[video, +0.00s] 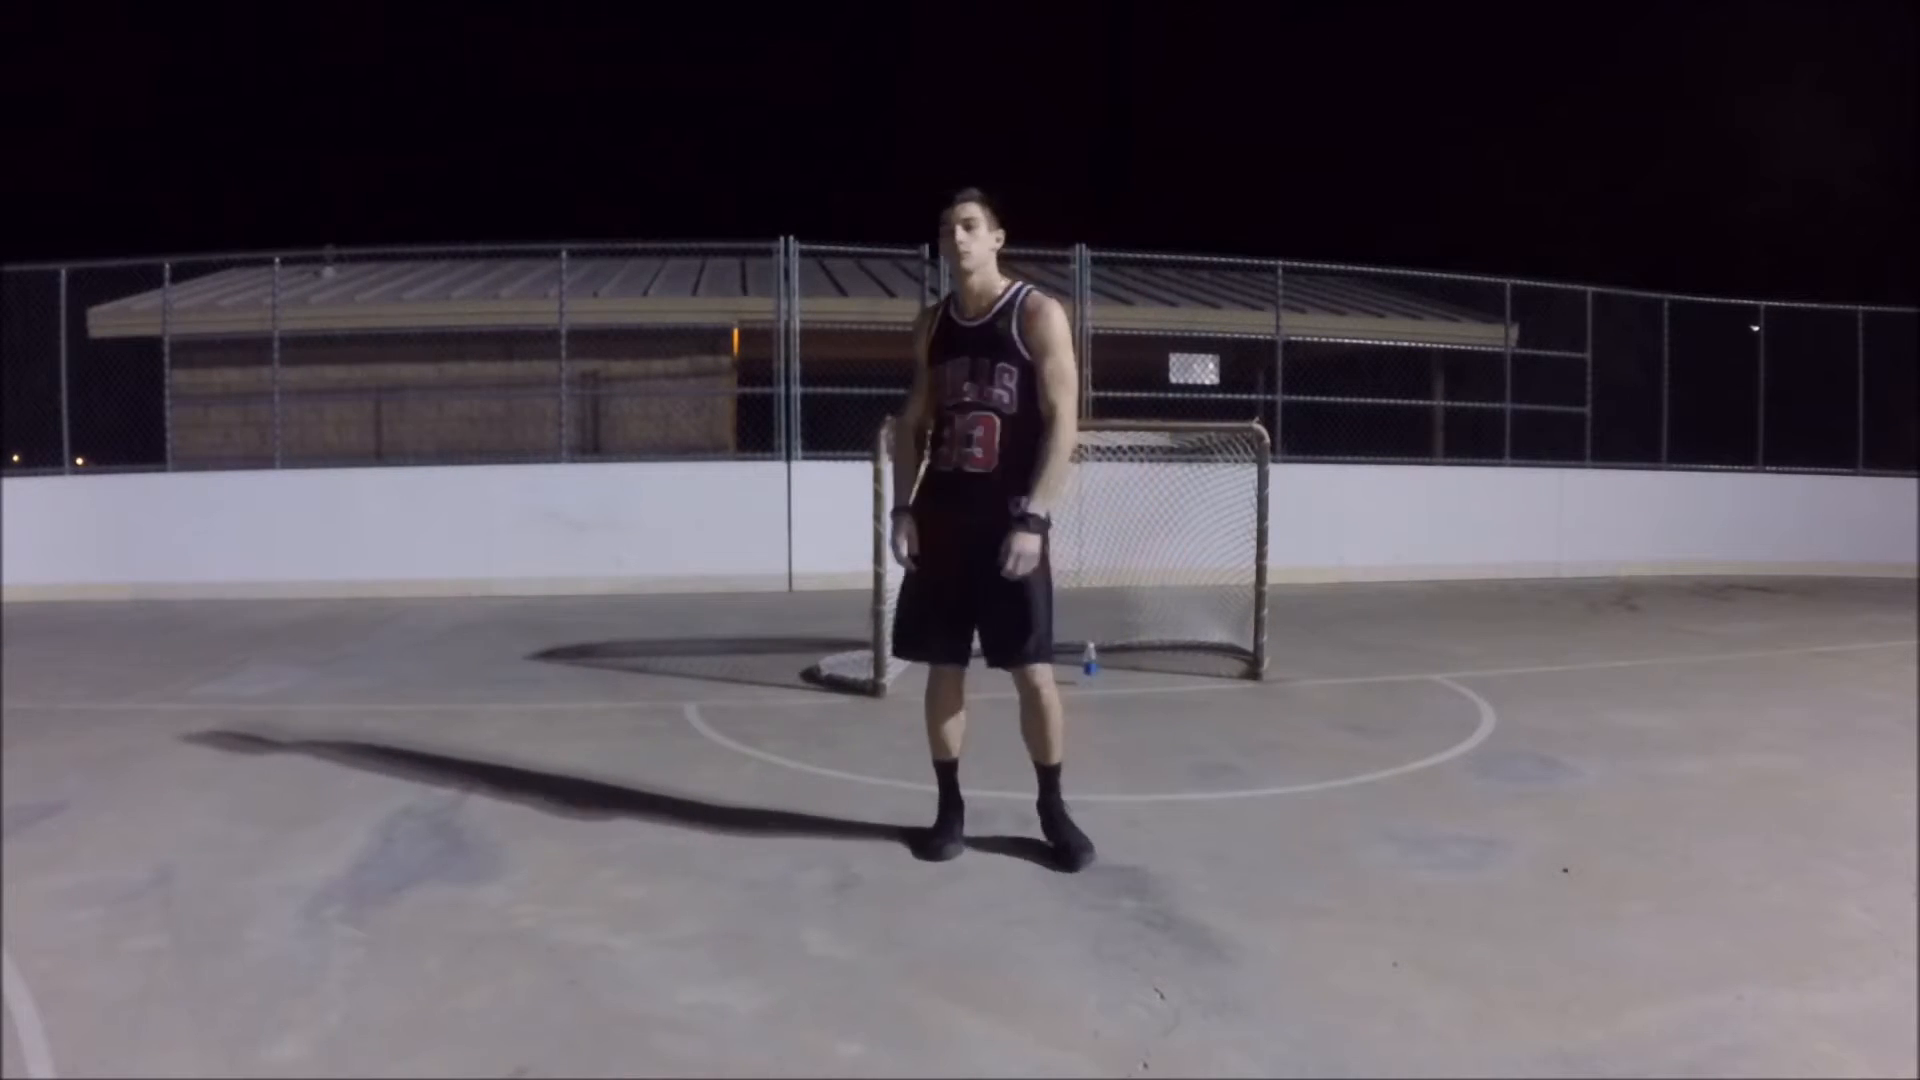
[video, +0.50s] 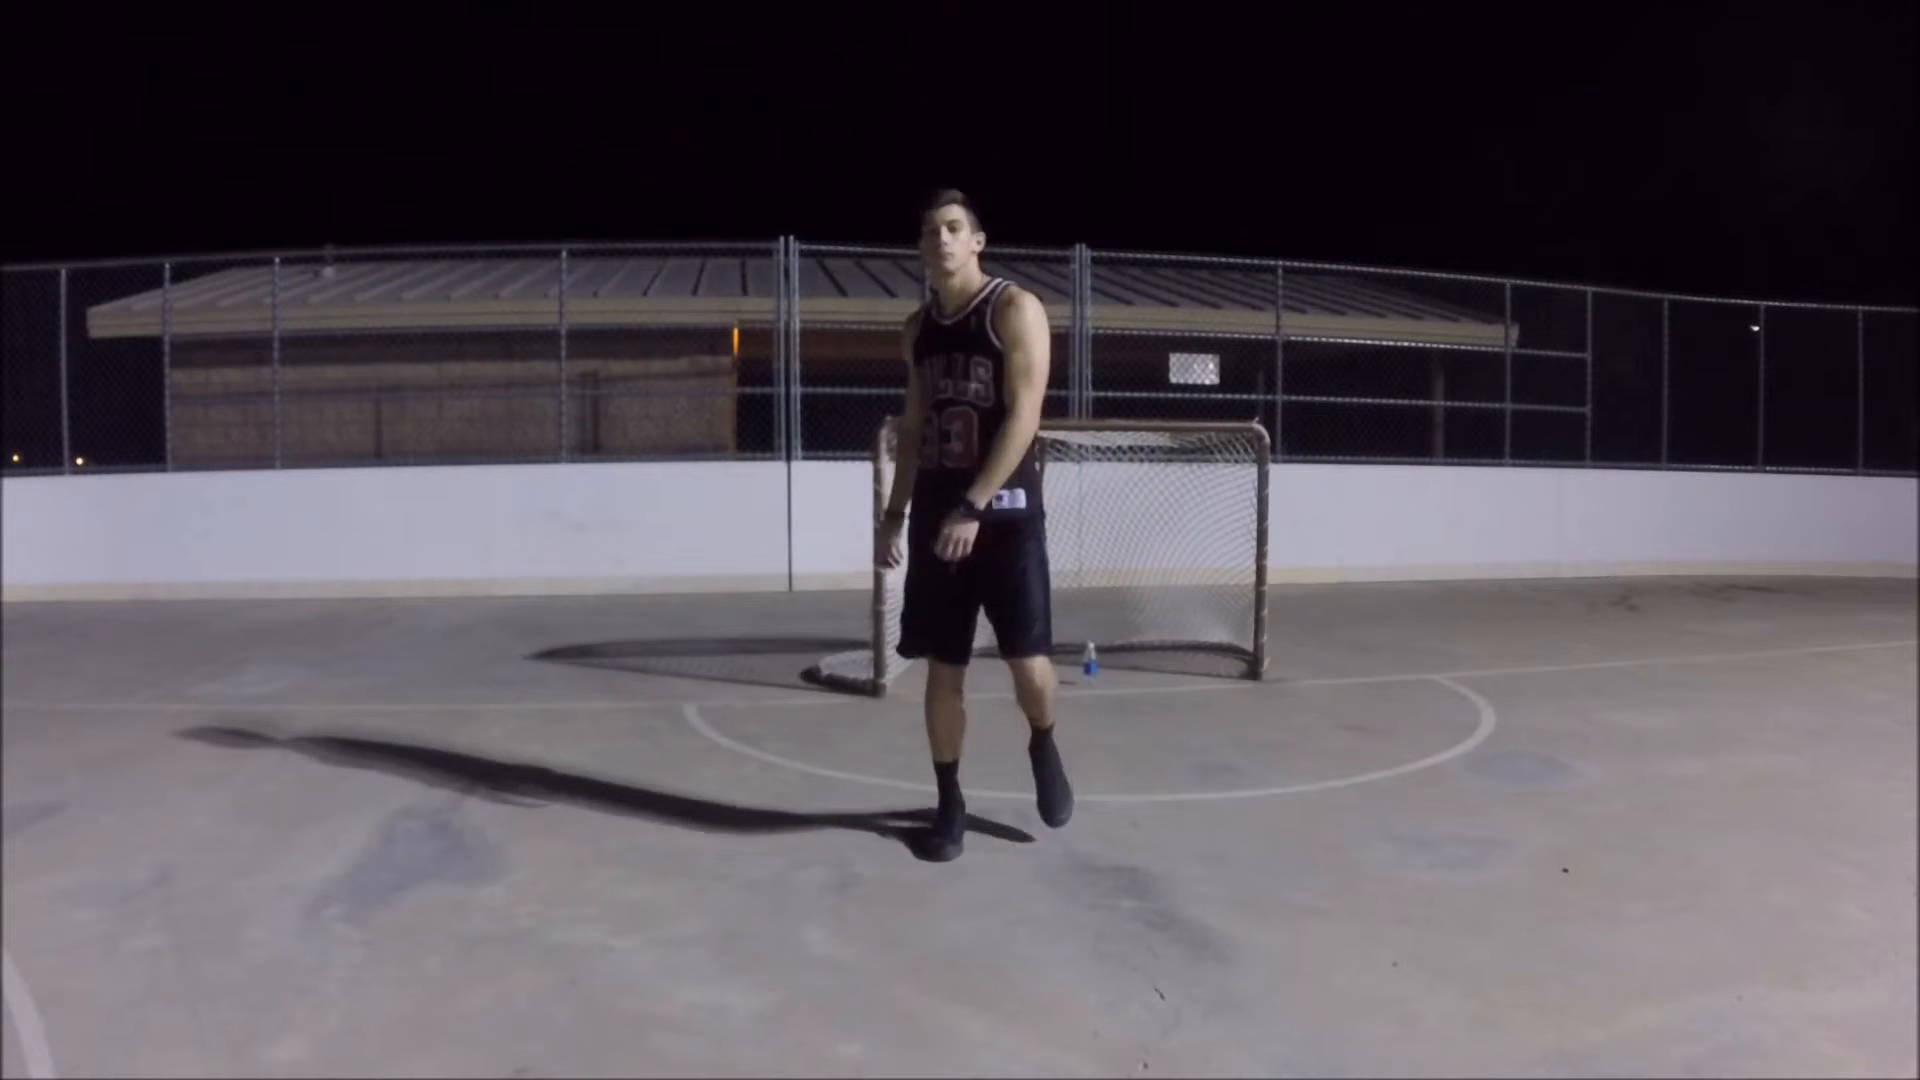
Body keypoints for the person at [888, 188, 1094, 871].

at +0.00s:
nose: (957, 239)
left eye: (969, 227)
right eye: (949, 230)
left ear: (998, 237)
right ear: (941, 245)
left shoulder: (1039, 314)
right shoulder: (935, 321)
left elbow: (1062, 423)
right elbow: (915, 420)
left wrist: (1034, 520)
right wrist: (903, 505)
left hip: (1013, 518)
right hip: (943, 517)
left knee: (1032, 670)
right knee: (944, 667)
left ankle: (1053, 810)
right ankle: (949, 813)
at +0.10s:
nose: (941, 244)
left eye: (953, 231)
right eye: (933, 235)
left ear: (982, 240)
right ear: (925, 249)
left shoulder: (1023, 311)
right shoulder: (928, 325)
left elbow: (1042, 419)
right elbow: (913, 425)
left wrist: (1007, 513)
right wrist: (883, 515)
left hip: (1007, 508)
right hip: (941, 507)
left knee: (1014, 663)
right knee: (942, 665)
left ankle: (1038, 803)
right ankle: (950, 809)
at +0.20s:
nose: (934, 243)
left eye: (946, 233)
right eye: (926, 235)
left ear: (974, 244)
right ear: (918, 250)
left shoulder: (1013, 309)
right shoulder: (923, 331)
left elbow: (1029, 416)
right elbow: (910, 429)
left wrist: (982, 507)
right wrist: (877, 517)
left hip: (1007, 508)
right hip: (939, 505)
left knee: (1010, 660)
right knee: (941, 666)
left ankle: (1032, 795)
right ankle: (949, 810)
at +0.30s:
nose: (932, 240)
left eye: (945, 230)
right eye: (924, 232)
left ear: (972, 243)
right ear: (915, 248)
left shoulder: (1010, 309)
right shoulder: (921, 330)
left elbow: (1020, 416)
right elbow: (910, 426)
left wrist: (966, 502)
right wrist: (880, 515)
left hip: (1007, 505)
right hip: (940, 502)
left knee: (1013, 652)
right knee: (942, 665)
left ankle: (1035, 766)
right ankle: (949, 813)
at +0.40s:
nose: (936, 238)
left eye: (948, 227)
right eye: (927, 230)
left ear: (975, 240)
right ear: (917, 246)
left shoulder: (1012, 308)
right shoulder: (919, 324)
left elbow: (1018, 416)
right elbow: (911, 423)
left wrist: (964, 502)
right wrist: (886, 512)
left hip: (1007, 509)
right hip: (940, 507)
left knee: (1023, 660)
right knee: (944, 668)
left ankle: (1040, 741)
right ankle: (950, 809)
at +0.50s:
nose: (940, 240)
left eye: (952, 229)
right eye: (930, 232)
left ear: (978, 241)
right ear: (919, 248)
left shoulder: (1018, 310)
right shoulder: (919, 325)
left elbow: (1024, 419)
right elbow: (914, 426)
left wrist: (971, 506)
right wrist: (893, 514)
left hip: (1007, 509)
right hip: (938, 508)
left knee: (1029, 664)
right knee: (944, 666)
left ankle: (1043, 746)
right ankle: (949, 806)